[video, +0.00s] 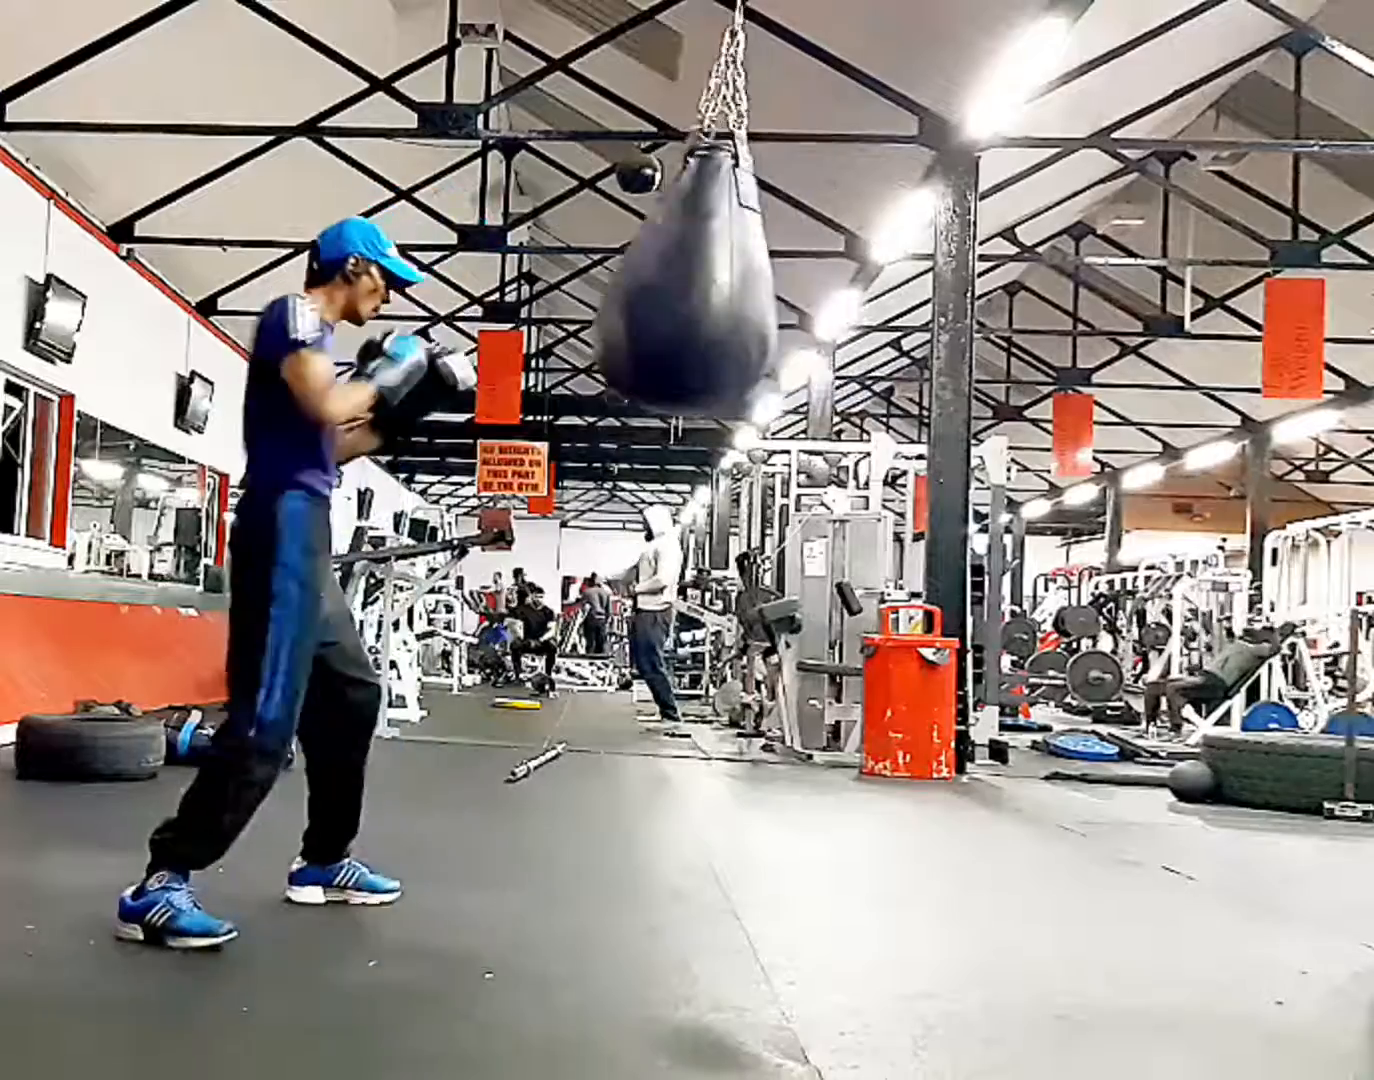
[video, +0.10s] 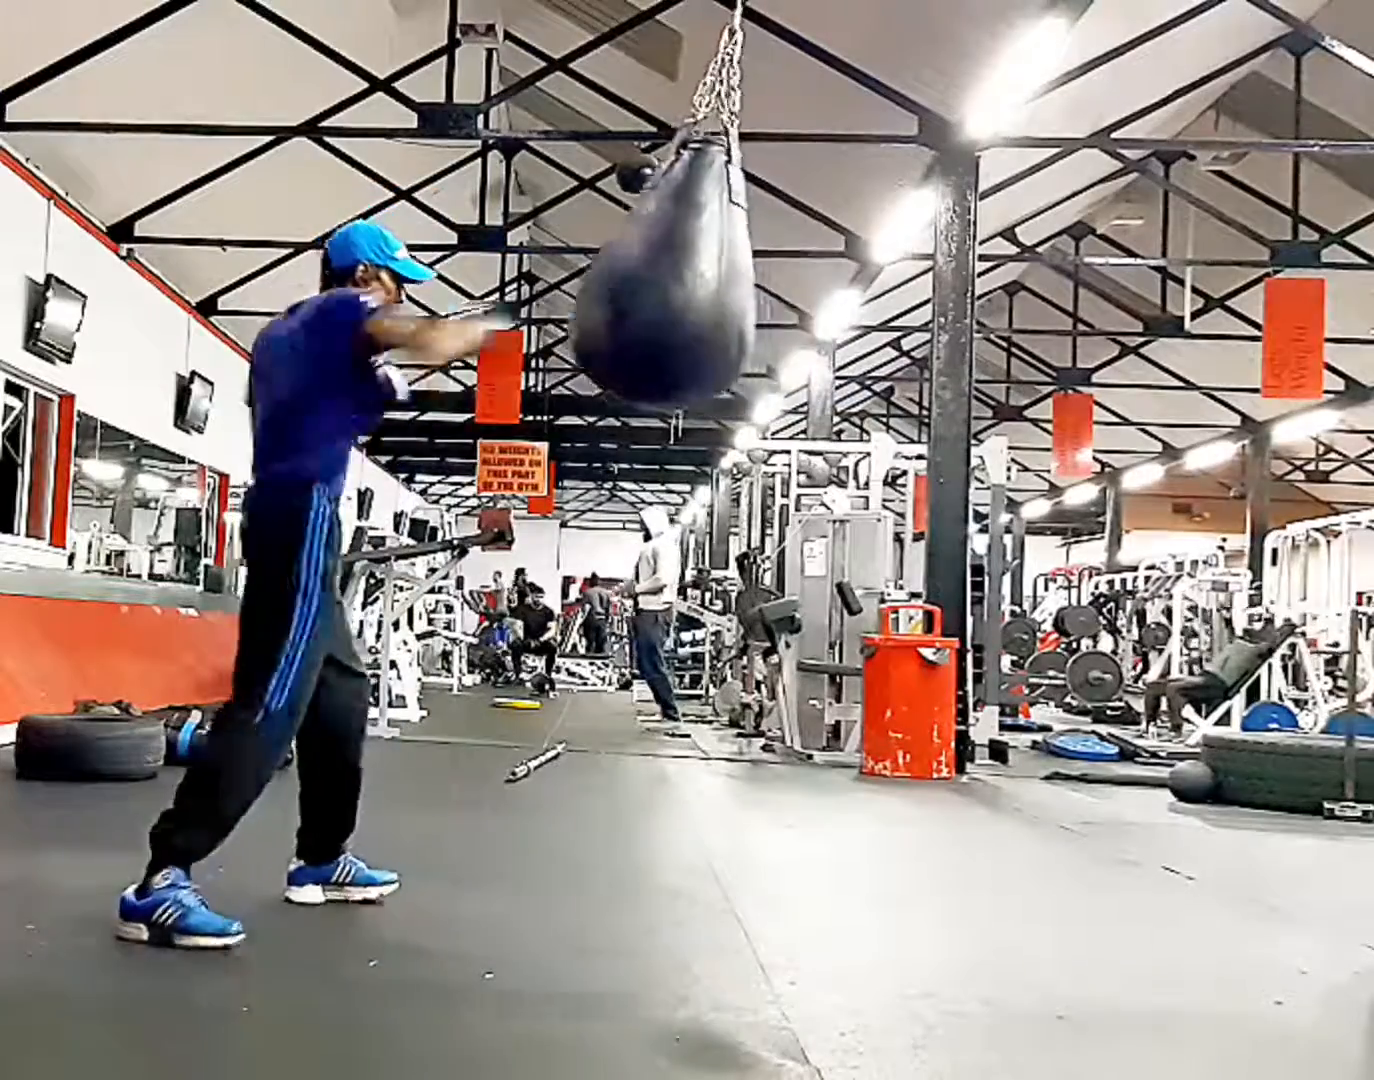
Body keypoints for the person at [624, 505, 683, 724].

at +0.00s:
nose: (643, 527)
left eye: (647, 523)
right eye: (644, 523)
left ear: (657, 523)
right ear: (657, 523)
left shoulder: (668, 546)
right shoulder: (652, 547)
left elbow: (663, 580)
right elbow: (633, 573)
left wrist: (636, 589)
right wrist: (609, 580)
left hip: (656, 609)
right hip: (643, 608)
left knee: (652, 663)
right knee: (643, 664)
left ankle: (670, 712)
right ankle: (666, 709)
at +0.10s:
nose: (641, 526)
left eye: (643, 523)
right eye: (642, 522)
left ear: (652, 523)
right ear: (657, 522)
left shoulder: (665, 545)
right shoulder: (649, 546)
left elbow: (663, 579)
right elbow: (639, 578)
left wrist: (635, 591)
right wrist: (622, 589)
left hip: (656, 608)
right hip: (644, 607)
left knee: (652, 662)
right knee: (645, 662)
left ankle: (670, 711)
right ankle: (666, 709)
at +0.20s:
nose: (640, 529)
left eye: (641, 525)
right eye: (640, 525)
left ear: (649, 524)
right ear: (657, 522)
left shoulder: (663, 544)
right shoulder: (653, 544)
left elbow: (662, 578)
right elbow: (652, 577)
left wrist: (639, 589)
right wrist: (636, 591)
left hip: (658, 608)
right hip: (647, 607)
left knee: (653, 661)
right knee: (646, 660)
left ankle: (670, 711)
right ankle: (667, 708)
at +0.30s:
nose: (634, 534)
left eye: (635, 530)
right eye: (633, 530)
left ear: (642, 528)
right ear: (651, 524)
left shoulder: (659, 544)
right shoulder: (650, 546)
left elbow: (663, 577)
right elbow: (655, 578)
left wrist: (641, 589)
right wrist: (638, 591)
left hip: (660, 608)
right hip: (650, 608)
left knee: (654, 661)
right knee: (647, 660)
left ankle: (670, 711)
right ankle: (667, 708)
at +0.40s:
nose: (632, 537)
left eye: (632, 533)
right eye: (630, 533)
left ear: (640, 529)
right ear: (646, 526)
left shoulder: (657, 544)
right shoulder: (652, 544)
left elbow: (663, 577)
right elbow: (658, 577)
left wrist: (641, 592)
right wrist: (639, 589)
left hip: (662, 608)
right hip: (654, 608)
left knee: (657, 661)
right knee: (654, 661)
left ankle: (671, 712)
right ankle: (669, 710)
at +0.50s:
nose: (630, 541)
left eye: (630, 536)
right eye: (629, 537)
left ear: (637, 532)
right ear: (644, 528)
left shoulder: (656, 544)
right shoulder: (652, 545)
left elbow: (663, 577)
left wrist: (644, 598)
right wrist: (640, 593)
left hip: (663, 610)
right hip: (657, 609)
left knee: (659, 662)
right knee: (657, 662)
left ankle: (671, 713)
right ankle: (669, 711)